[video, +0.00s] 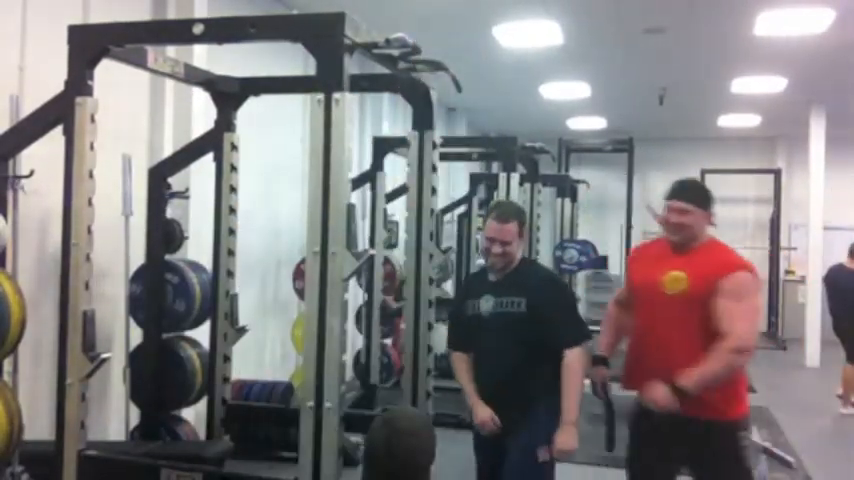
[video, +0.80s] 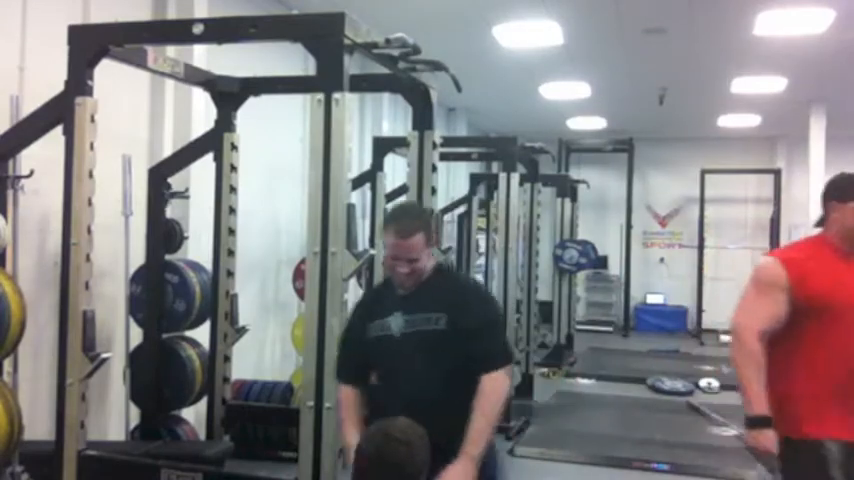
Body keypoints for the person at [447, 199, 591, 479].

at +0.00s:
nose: (496, 250)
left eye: (505, 244)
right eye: (489, 241)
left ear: (522, 239)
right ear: (482, 236)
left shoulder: (548, 286)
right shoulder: (471, 286)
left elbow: (574, 352)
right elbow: (458, 351)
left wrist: (569, 425)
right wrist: (475, 404)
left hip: (535, 420)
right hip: (488, 420)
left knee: (527, 473)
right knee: (490, 474)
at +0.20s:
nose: (497, 262)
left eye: (507, 255)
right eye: (491, 252)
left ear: (523, 249)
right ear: (482, 244)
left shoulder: (548, 300)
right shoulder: (462, 298)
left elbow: (576, 370)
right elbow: (444, 364)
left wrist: (574, 449)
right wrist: (451, 431)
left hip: (530, 435)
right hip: (476, 433)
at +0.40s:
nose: (489, 255)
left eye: (499, 248)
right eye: (482, 245)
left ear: (517, 239)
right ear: (473, 237)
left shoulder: (543, 294)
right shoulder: (448, 289)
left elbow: (561, 371)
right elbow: (424, 354)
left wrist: (549, 449)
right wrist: (415, 423)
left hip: (515, 438)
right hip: (455, 433)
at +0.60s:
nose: (455, 260)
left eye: (466, 252)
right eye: (449, 251)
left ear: (486, 246)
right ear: (440, 242)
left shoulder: (515, 298)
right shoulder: (421, 294)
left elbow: (542, 373)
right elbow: (399, 362)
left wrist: (524, 458)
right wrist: (391, 433)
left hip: (491, 453)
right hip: (427, 450)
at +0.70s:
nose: (431, 266)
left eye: (440, 257)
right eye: (423, 256)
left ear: (461, 251)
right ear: (414, 248)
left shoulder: (493, 301)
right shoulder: (396, 301)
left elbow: (518, 379)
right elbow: (377, 372)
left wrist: (498, 462)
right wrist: (378, 441)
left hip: (476, 459)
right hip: (411, 457)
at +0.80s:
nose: (403, 270)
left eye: (413, 261)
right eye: (394, 260)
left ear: (432, 247)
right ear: (384, 251)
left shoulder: (469, 298)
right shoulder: (370, 307)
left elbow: (497, 376)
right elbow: (350, 383)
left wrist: (468, 461)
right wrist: (356, 456)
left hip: (456, 457)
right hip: (391, 459)